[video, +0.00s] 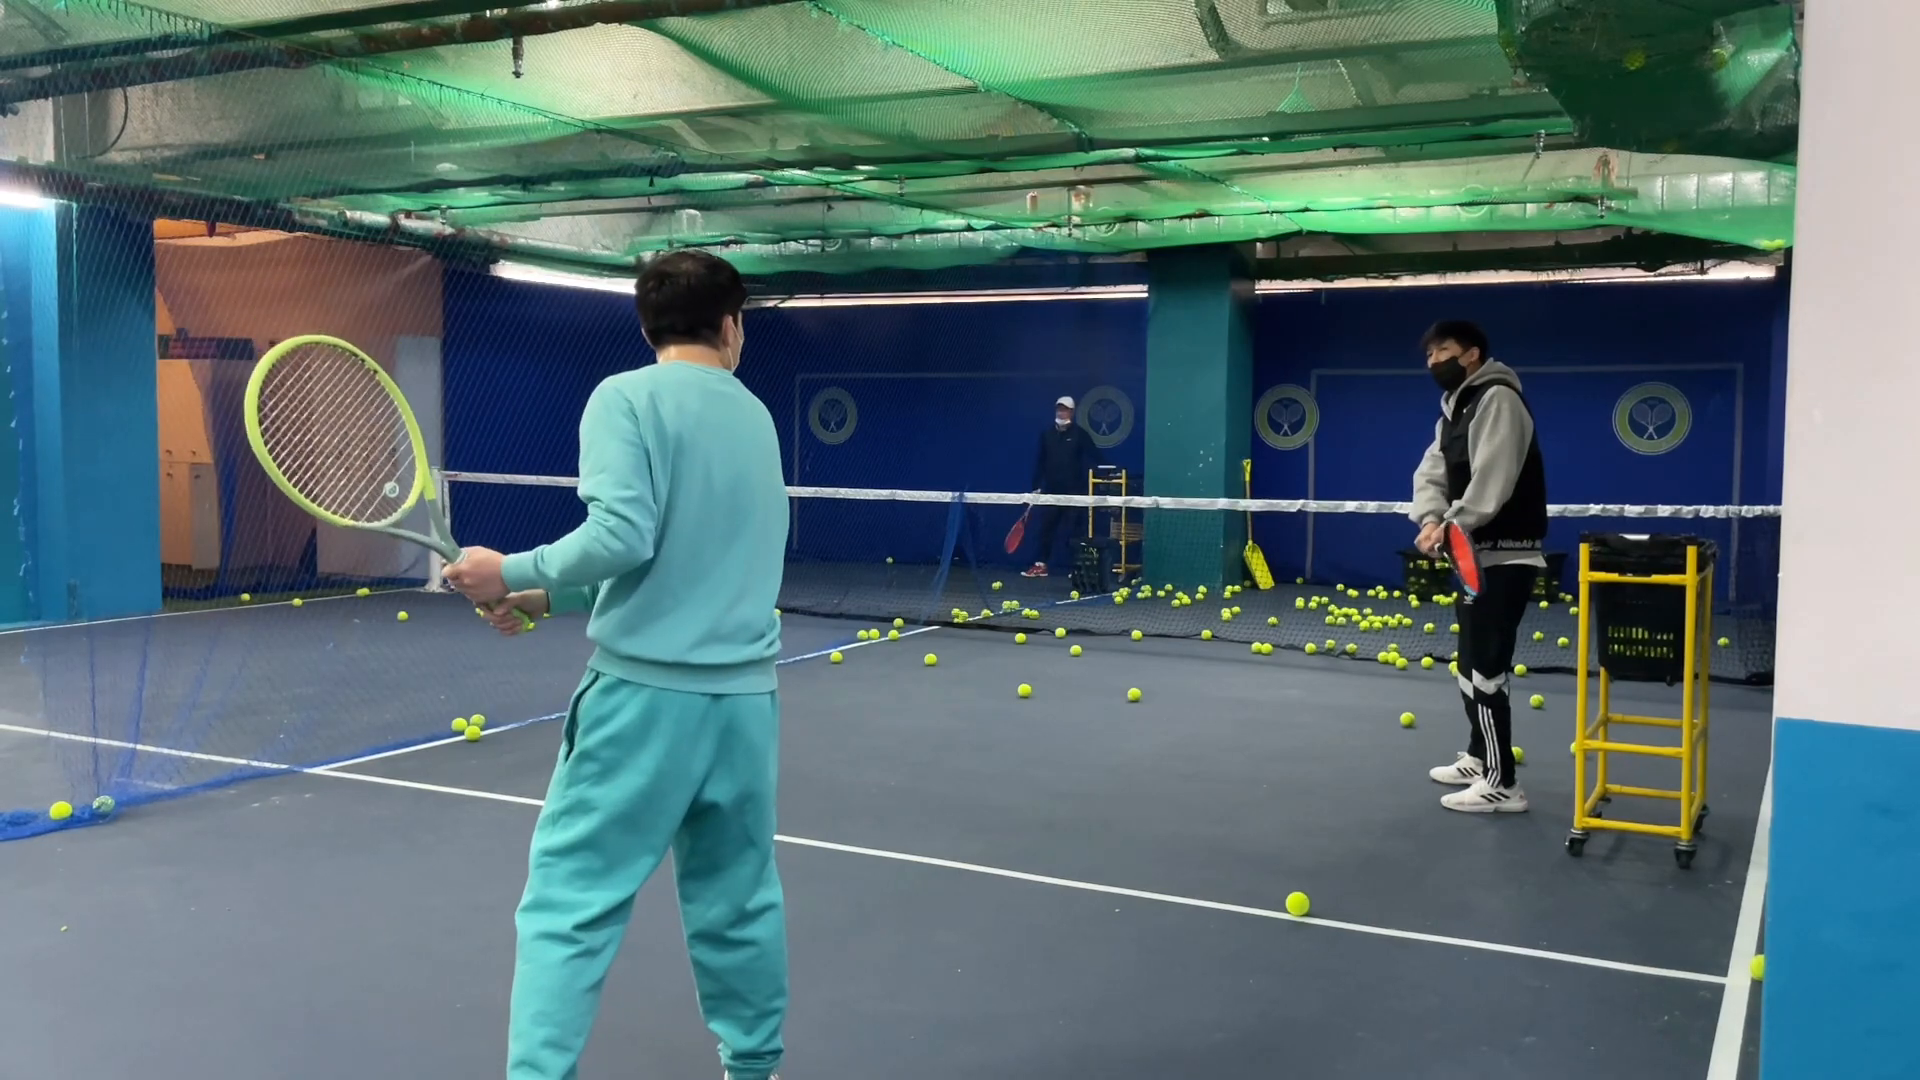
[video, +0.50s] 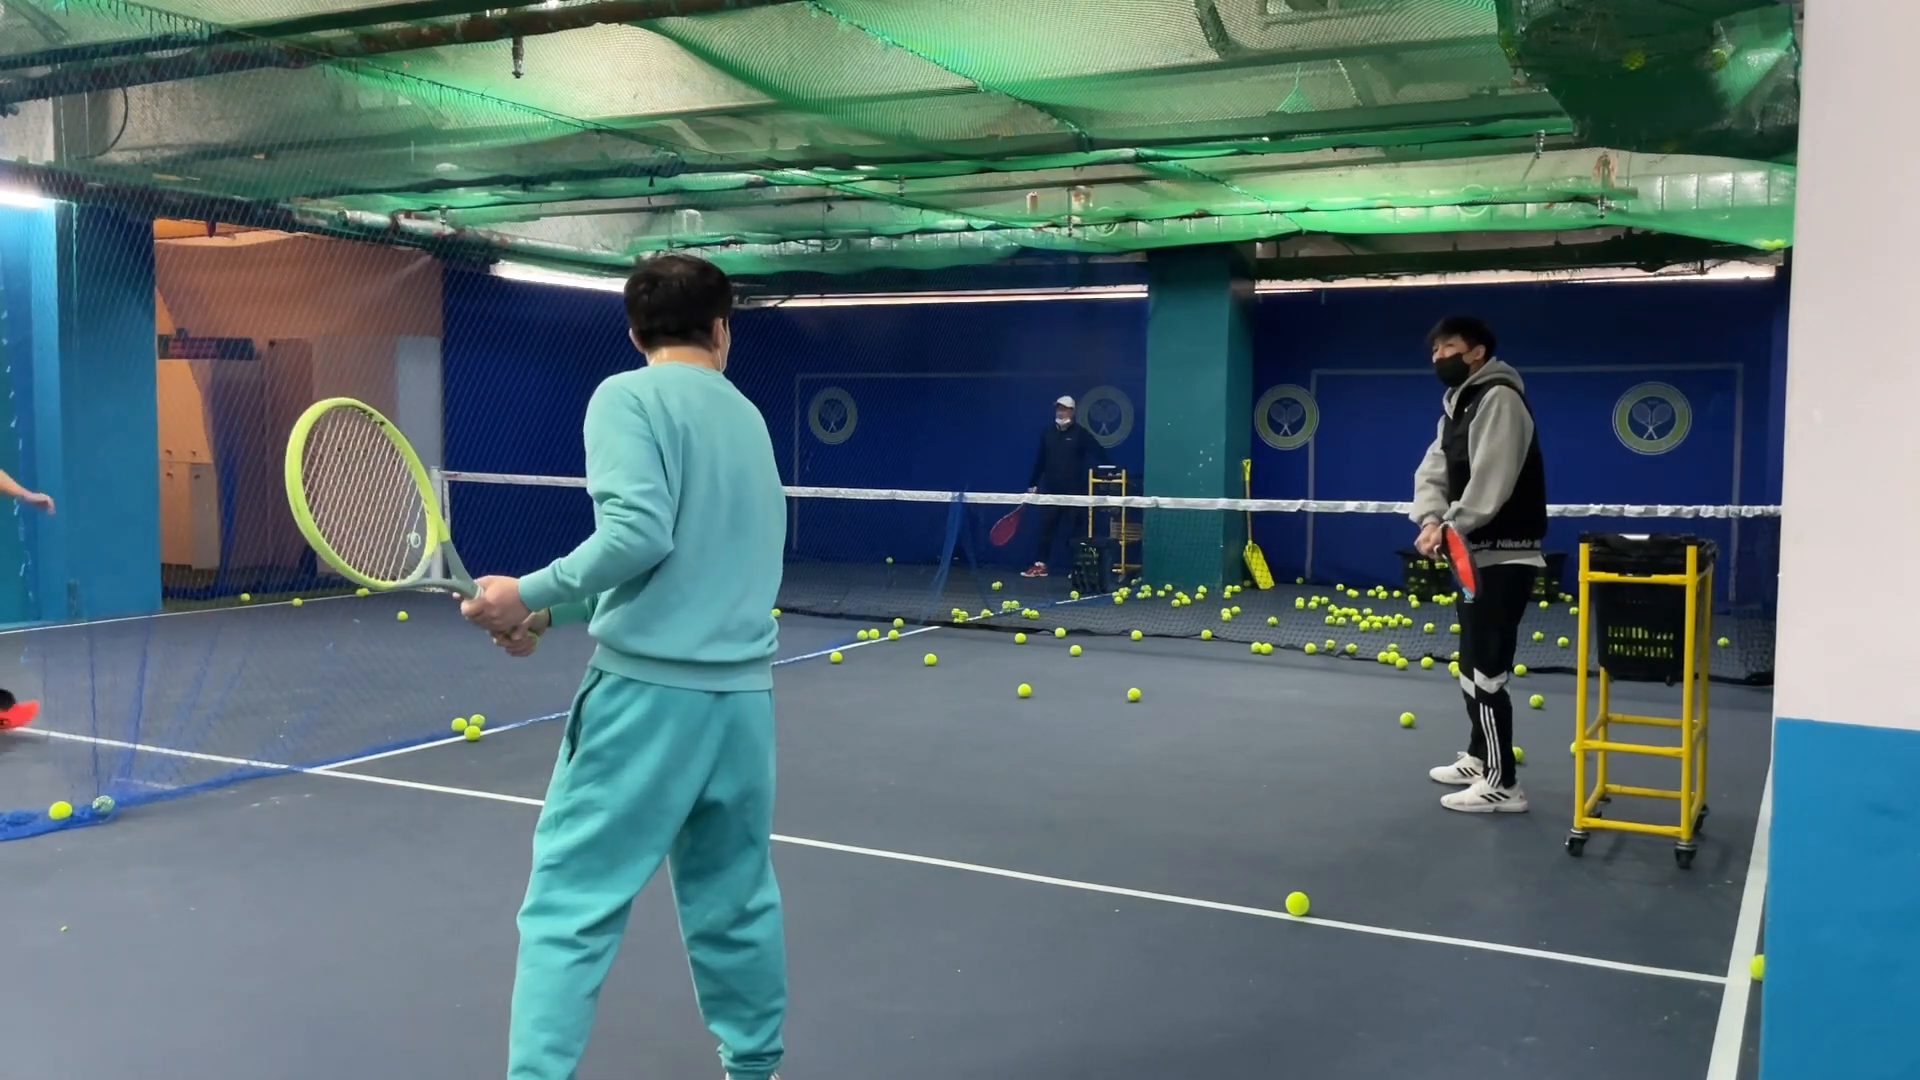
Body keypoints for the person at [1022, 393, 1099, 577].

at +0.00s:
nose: (1061, 413)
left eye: (1065, 409)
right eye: (1059, 409)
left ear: (1072, 413)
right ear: (1055, 411)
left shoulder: (1081, 435)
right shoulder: (1047, 435)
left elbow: (1093, 462)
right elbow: (1041, 462)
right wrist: (1036, 485)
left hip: (1075, 489)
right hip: (1052, 487)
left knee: (1074, 528)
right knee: (1047, 526)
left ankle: (1077, 567)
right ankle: (1041, 564)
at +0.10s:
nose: (1062, 413)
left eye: (1066, 410)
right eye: (1060, 409)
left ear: (1073, 413)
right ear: (1056, 411)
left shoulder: (1081, 435)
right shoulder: (1048, 434)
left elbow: (1094, 461)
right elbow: (1042, 462)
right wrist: (1037, 485)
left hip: (1075, 489)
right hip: (1052, 487)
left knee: (1074, 528)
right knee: (1047, 526)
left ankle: (1078, 568)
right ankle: (1041, 564)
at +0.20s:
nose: (1062, 413)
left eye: (1066, 410)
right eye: (1060, 409)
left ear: (1074, 413)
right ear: (1057, 411)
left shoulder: (1082, 436)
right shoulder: (1048, 434)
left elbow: (1096, 461)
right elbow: (1042, 462)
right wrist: (1036, 484)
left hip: (1076, 489)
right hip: (1052, 487)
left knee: (1074, 528)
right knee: (1047, 525)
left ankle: (1077, 568)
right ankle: (1041, 564)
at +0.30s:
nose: (1062, 413)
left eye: (1066, 410)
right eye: (1060, 409)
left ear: (1073, 413)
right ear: (1056, 411)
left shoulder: (1082, 435)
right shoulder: (1048, 435)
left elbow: (1097, 460)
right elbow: (1042, 461)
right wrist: (1036, 483)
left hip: (1076, 489)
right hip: (1052, 487)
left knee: (1075, 528)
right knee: (1047, 525)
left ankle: (1078, 568)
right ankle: (1041, 564)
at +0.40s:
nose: (1061, 413)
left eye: (1065, 410)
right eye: (1059, 409)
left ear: (1073, 412)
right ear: (1056, 411)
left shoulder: (1082, 435)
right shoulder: (1049, 434)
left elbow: (1099, 457)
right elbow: (1041, 461)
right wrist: (1035, 483)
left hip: (1076, 489)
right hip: (1053, 487)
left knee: (1075, 528)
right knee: (1047, 525)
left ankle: (1077, 568)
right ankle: (1041, 564)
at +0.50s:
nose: (1060, 412)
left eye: (1064, 409)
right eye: (1058, 409)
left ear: (1072, 412)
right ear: (1055, 411)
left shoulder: (1081, 434)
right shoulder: (1048, 434)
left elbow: (1100, 457)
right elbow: (1041, 460)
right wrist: (1033, 484)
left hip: (1075, 488)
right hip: (1052, 487)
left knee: (1075, 528)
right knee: (1047, 526)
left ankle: (1078, 568)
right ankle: (1041, 564)